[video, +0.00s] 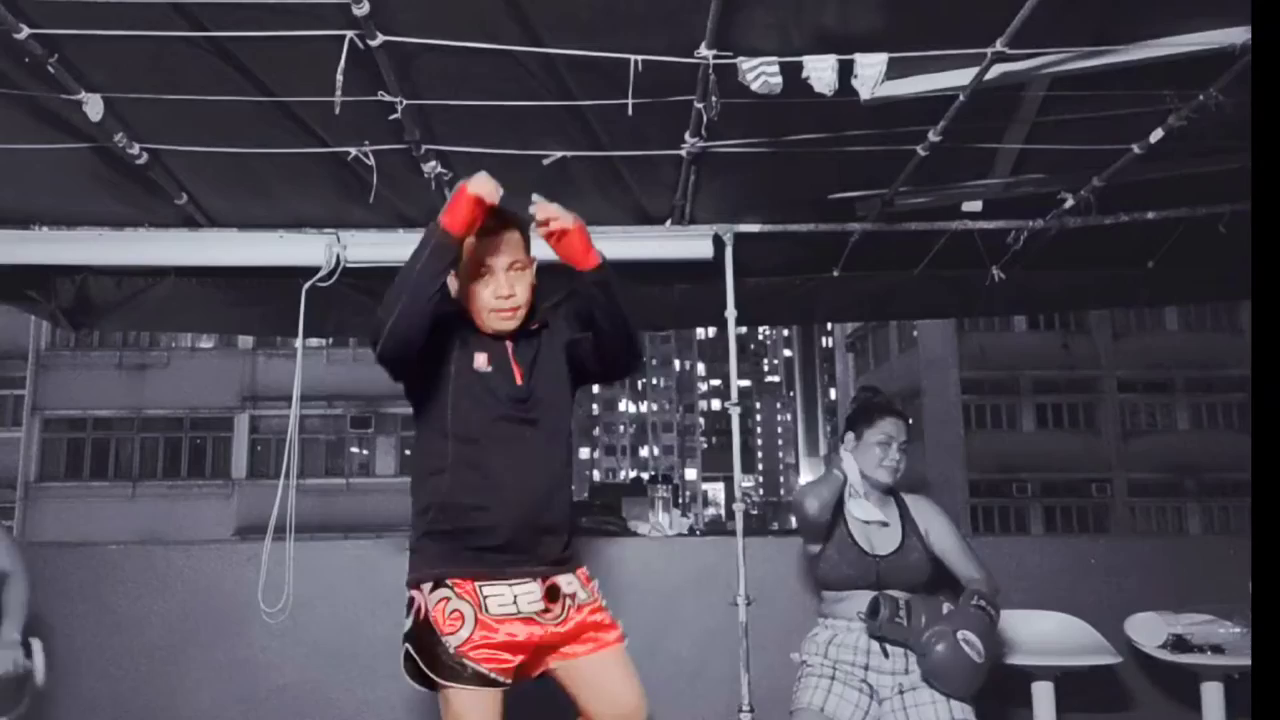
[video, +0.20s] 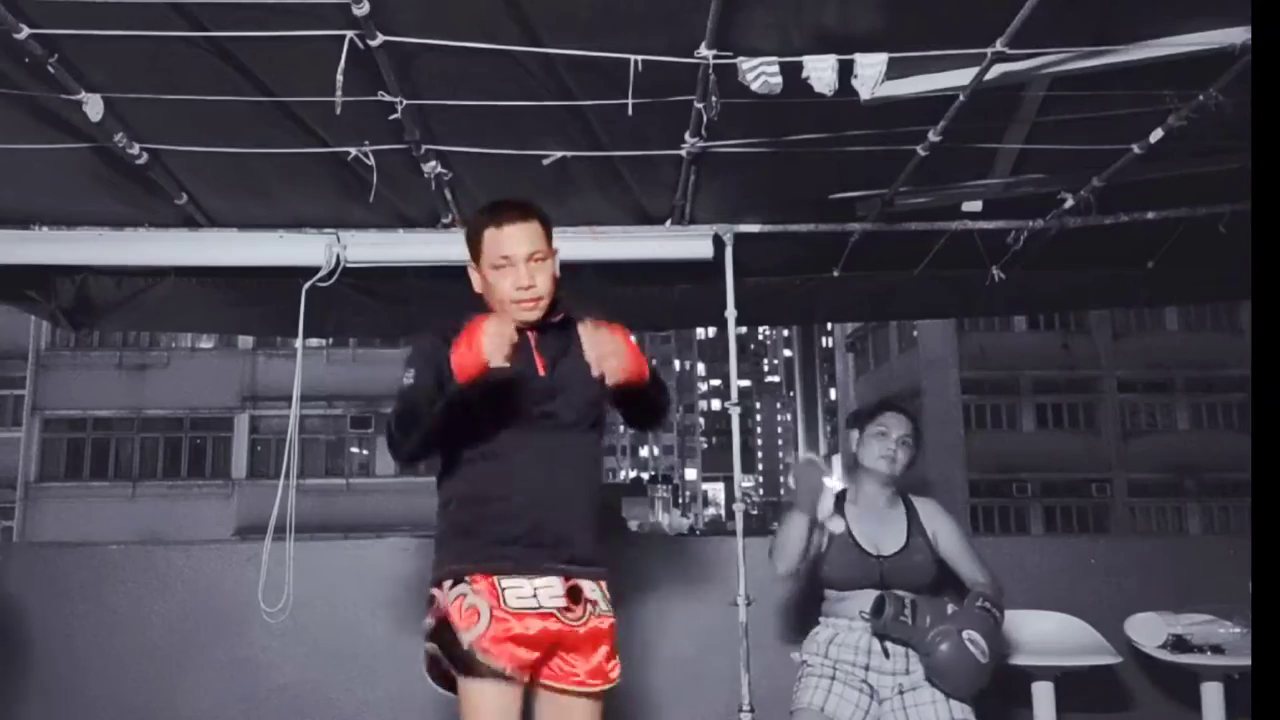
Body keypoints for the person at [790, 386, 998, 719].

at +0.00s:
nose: (895, 456)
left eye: (902, 448)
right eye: (884, 444)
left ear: (908, 454)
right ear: (850, 444)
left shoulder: (920, 509)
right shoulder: (823, 506)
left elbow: (979, 581)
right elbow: (811, 511)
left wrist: (975, 616)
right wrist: (840, 471)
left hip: (921, 666)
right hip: (838, 664)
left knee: (949, 716)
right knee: (818, 713)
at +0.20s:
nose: (893, 447)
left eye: (904, 442)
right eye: (881, 434)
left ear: (911, 458)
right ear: (854, 440)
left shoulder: (927, 512)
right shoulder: (824, 505)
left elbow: (984, 585)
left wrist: (976, 624)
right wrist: (805, 497)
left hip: (923, 669)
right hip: (838, 664)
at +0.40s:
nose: (892, 447)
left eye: (904, 443)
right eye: (880, 435)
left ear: (912, 460)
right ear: (857, 444)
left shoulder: (931, 517)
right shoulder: (822, 506)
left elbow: (987, 589)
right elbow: (778, 550)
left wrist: (981, 627)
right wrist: (848, 530)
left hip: (924, 666)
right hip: (837, 658)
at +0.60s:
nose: (892, 457)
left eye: (903, 447)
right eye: (879, 447)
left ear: (915, 455)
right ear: (858, 452)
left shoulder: (933, 517)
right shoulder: (830, 507)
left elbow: (985, 586)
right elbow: (841, 536)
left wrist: (986, 617)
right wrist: (881, 481)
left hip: (924, 667)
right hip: (838, 661)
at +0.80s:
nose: (867, 457)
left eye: (881, 446)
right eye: (858, 446)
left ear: (908, 452)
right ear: (848, 453)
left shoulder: (932, 519)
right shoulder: (836, 497)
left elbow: (988, 590)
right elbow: (848, 525)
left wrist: (985, 621)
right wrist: (909, 493)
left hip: (921, 666)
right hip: (837, 659)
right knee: (817, 712)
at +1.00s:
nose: (871, 455)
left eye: (883, 442)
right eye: (858, 446)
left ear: (906, 448)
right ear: (847, 455)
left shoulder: (935, 519)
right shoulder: (835, 498)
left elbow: (987, 587)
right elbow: (867, 500)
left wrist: (980, 616)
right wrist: (909, 482)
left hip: (922, 667)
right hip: (838, 660)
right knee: (819, 712)